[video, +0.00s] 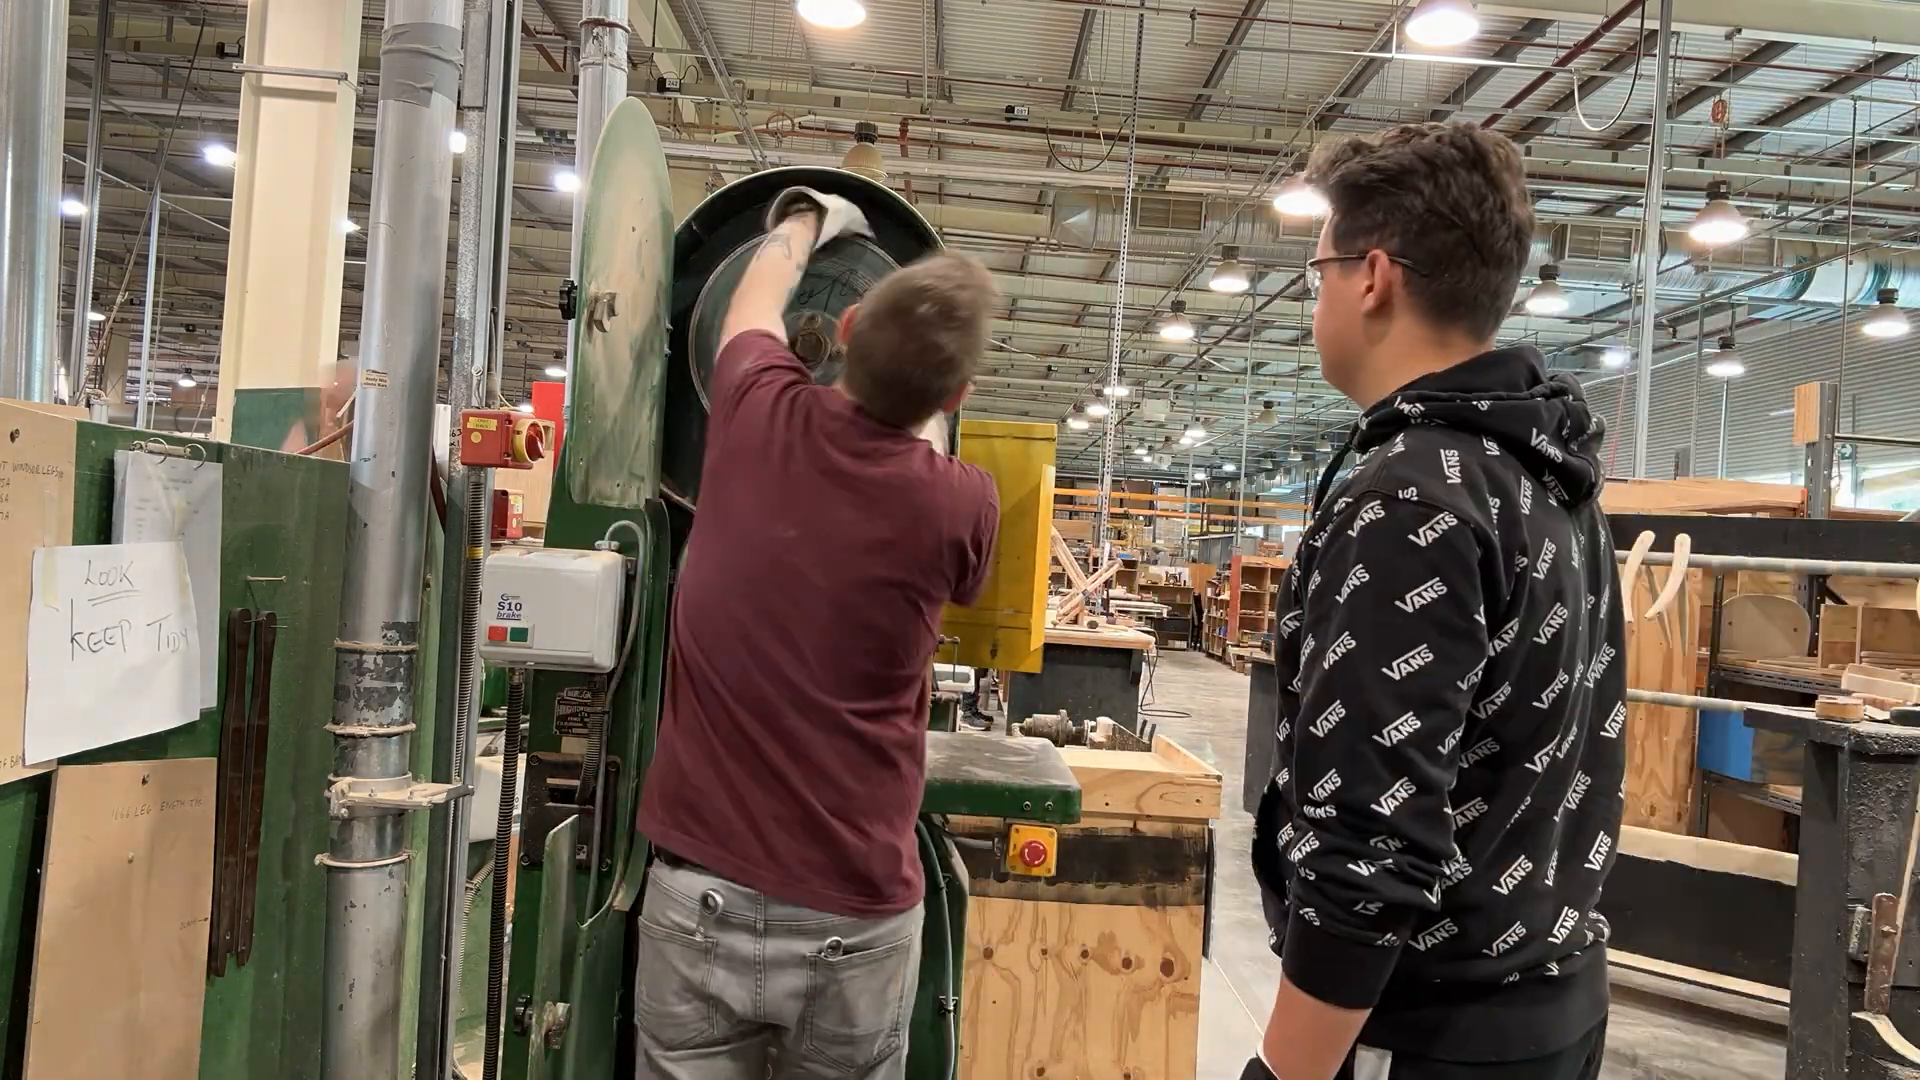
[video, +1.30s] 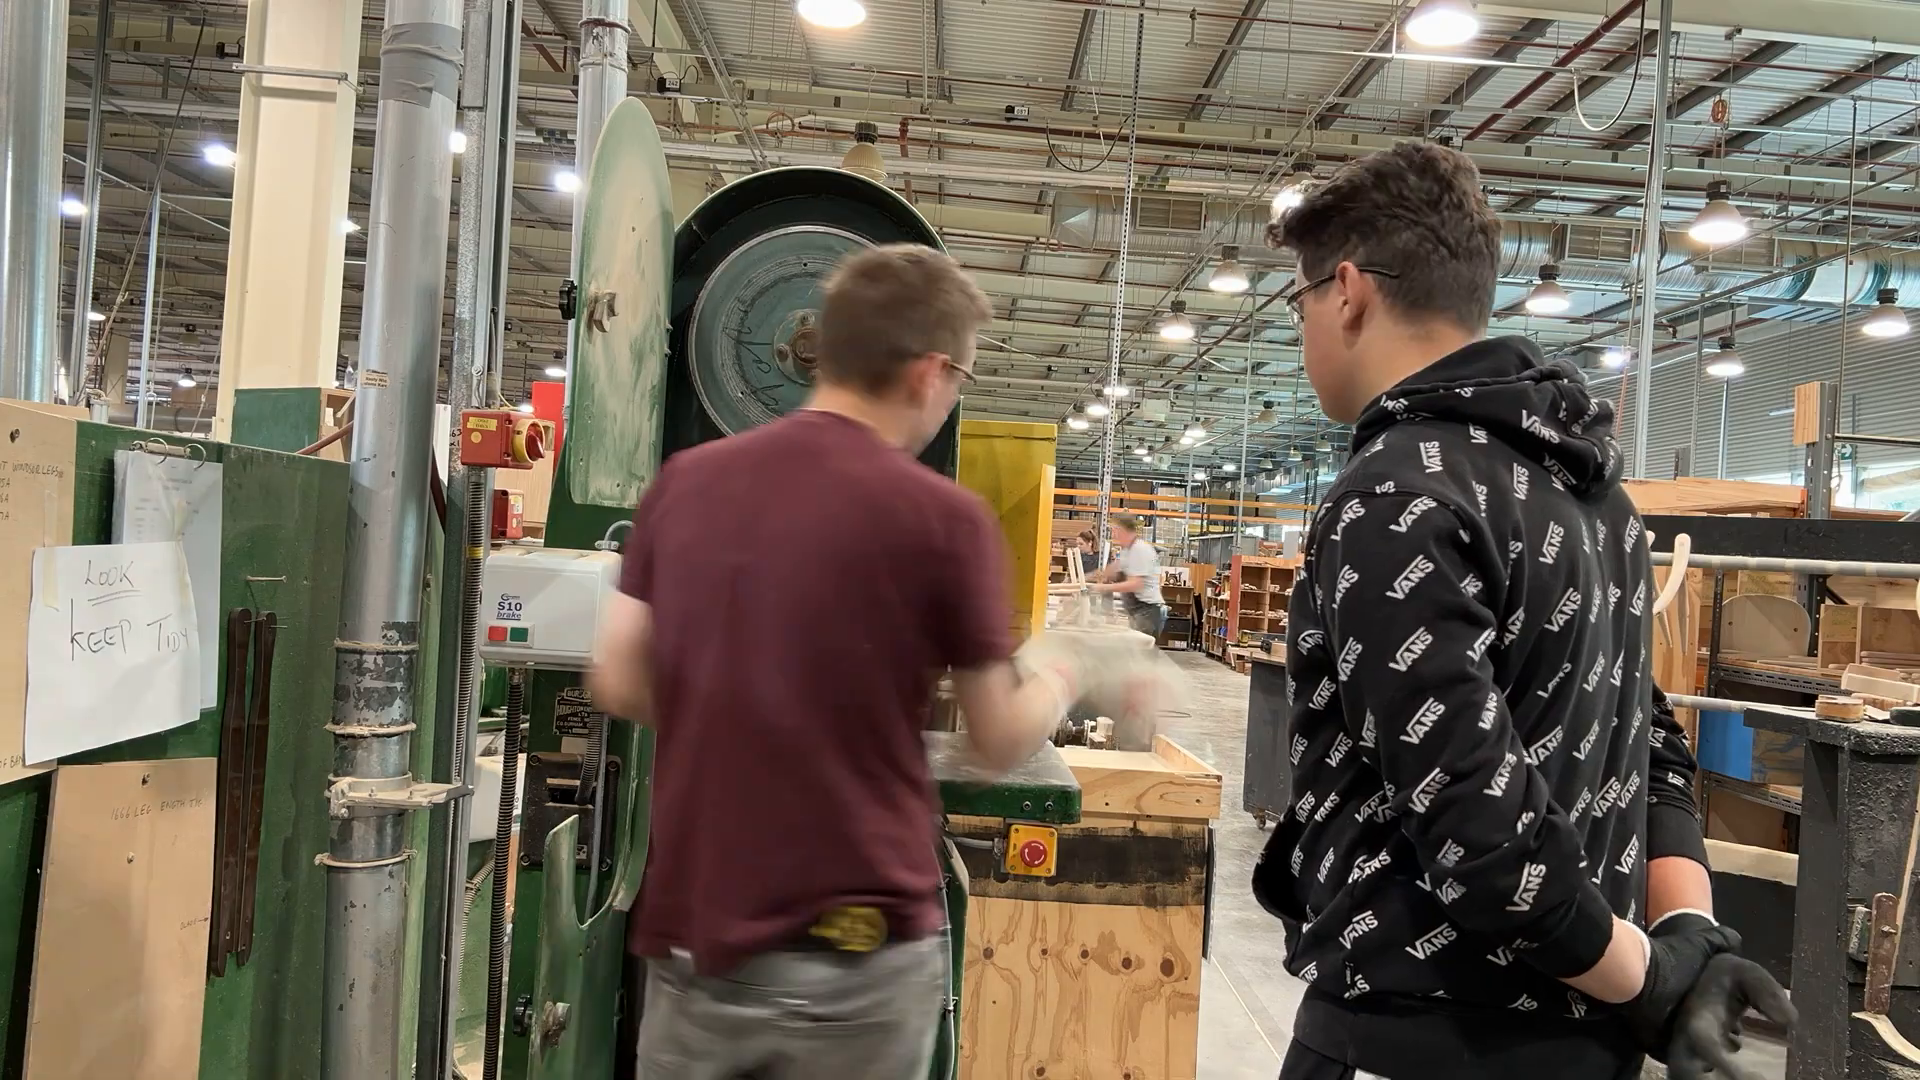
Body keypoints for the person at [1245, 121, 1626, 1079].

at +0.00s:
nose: (1314, 302)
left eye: (1322, 270)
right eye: (1316, 271)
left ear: (1378, 278)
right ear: (1485, 286)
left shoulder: (1414, 496)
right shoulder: (1545, 467)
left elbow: (1367, 859)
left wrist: (1285, 1070)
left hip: (1444, 1028)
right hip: (1550, 1001)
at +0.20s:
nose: (1451, 337)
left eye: (1459, 295)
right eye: (1451, 301)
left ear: (1537, 283)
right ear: (1657, 288)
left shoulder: (1581, 531)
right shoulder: (1780, 497)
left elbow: (1517, 945)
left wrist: (1454, 1056)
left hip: (1598, 1043)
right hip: (1756, 1030)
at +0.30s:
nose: (1418, 393)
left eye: (1408, 349)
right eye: (1402, 358)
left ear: (1471, 310)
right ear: (1589, 297)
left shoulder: (1550, 542)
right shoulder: (1775, 493)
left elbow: (1517, 962)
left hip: (1621, 1042)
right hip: (1789, 1031)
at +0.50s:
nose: (1264, 376)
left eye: (1256, 340)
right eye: (1252, 347)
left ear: (1312, 314)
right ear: (1418, 295)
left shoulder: (1375, 497)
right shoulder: (1577, 476)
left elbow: (1456, 837)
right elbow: (1652, 733)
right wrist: (1682, 923)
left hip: (1394, 1036)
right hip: (1567, 1031)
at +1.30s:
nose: (1299, 339)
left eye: (1298, 304)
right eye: (1293, 308)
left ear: (1351, 292)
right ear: (1464, 294)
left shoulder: (1393, 492)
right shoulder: (1588, 481)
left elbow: (1479, 832)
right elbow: (1647, 738)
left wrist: (1640, 972)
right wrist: (1691, 929)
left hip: (1404, 1034)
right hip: (1575, 1028)